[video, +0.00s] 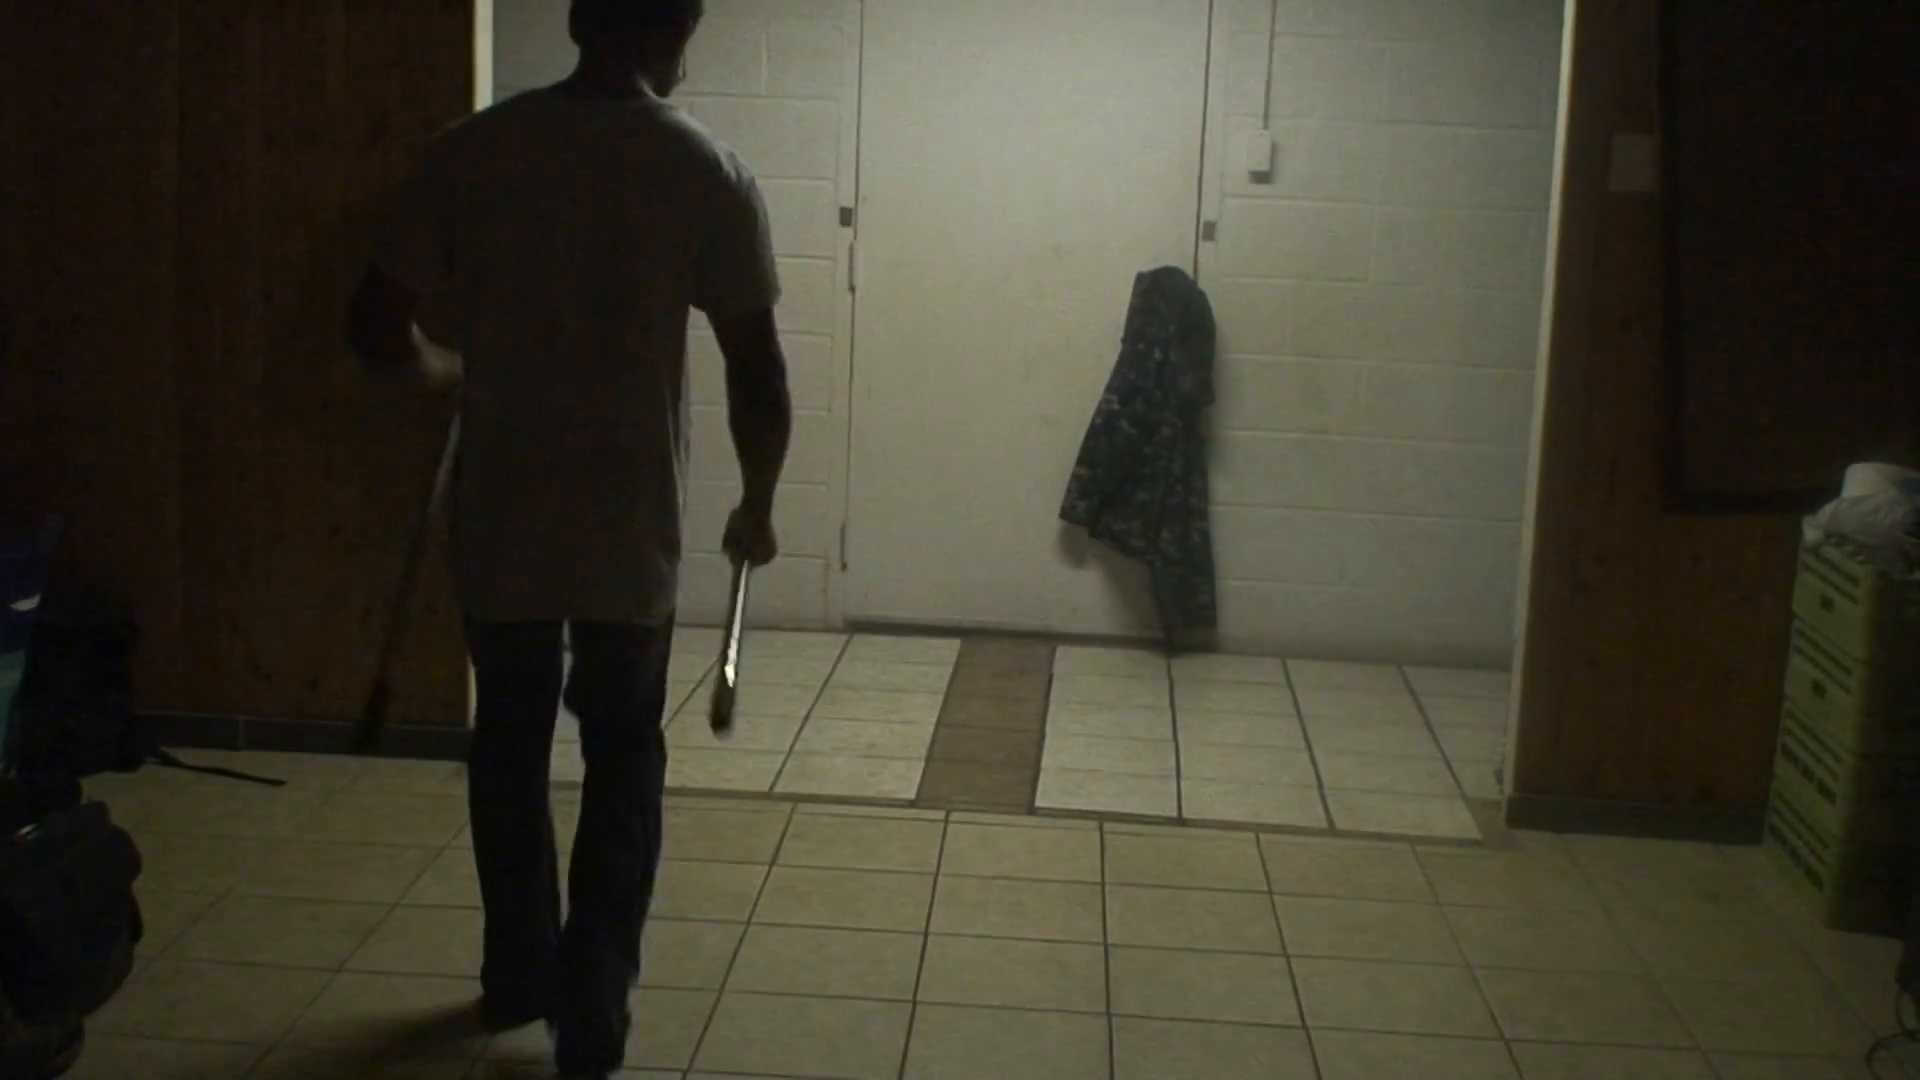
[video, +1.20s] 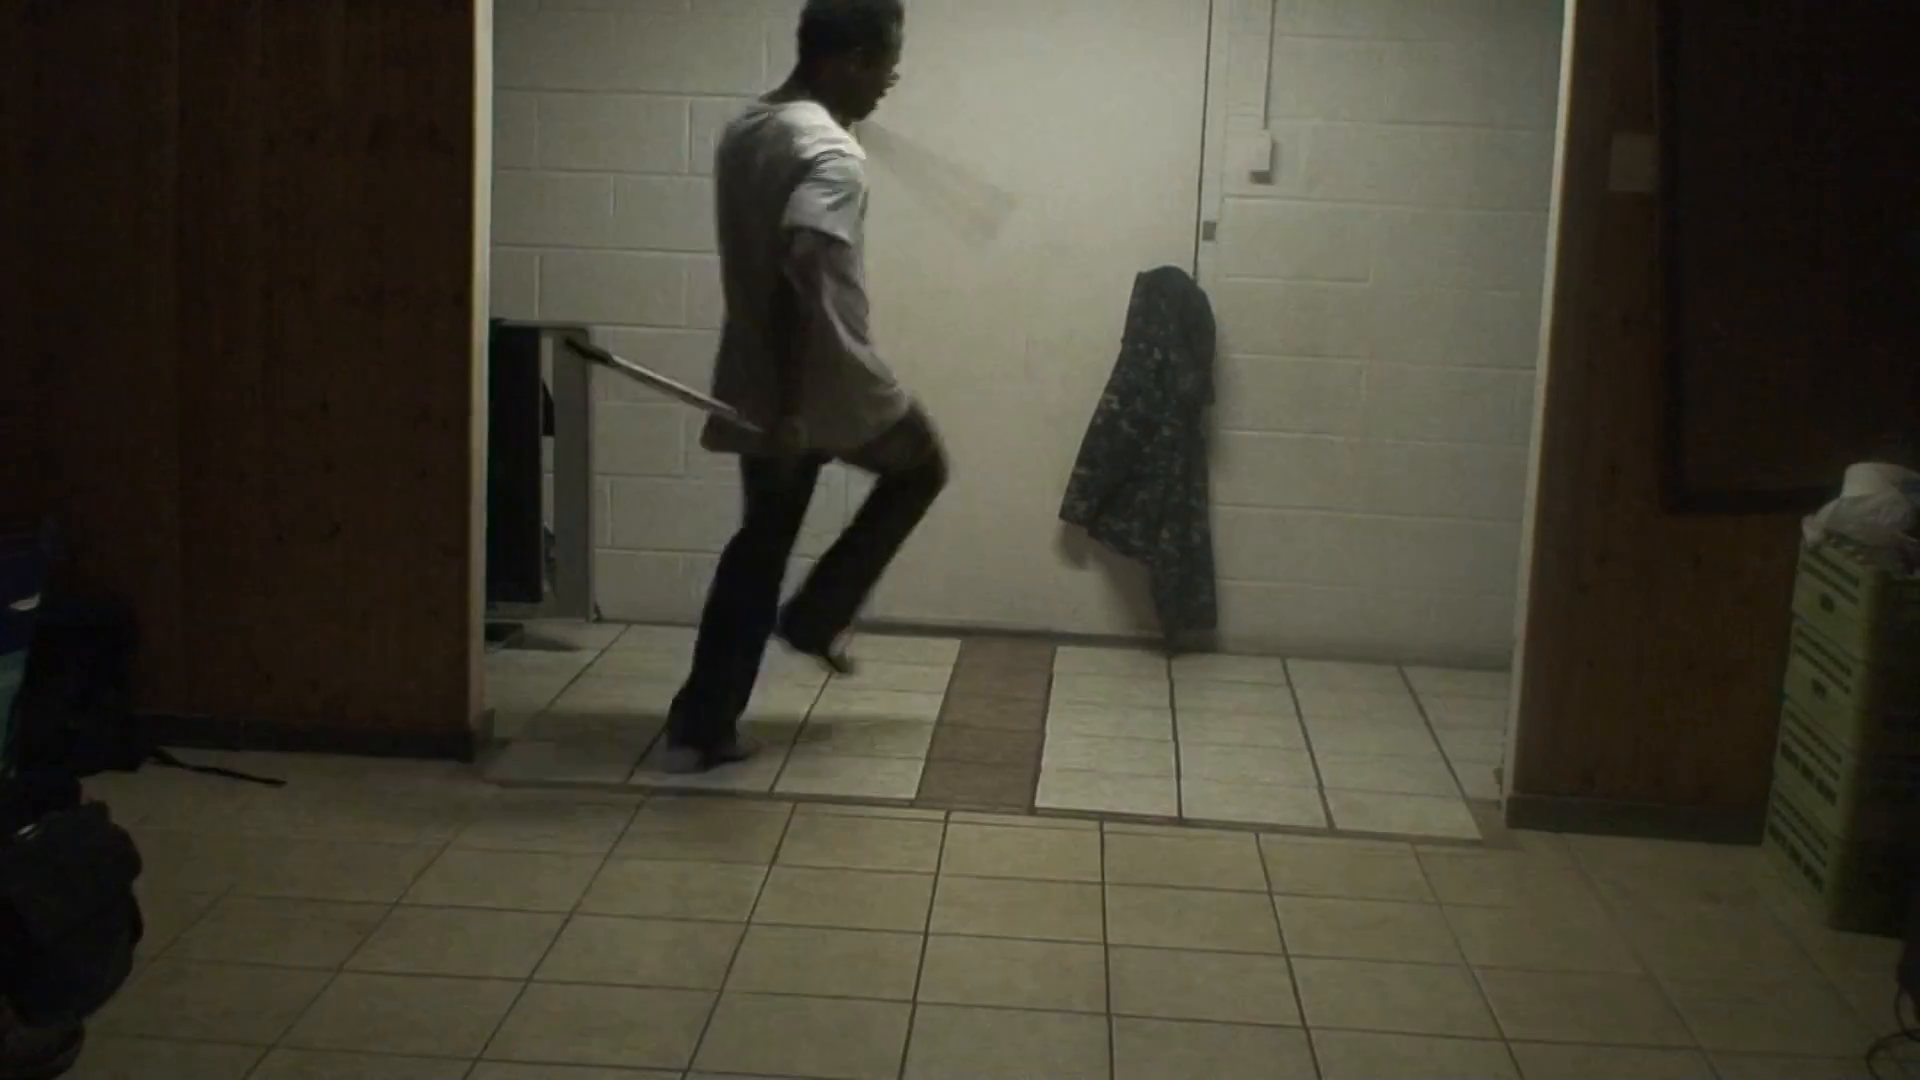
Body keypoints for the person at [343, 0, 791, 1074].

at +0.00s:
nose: (688, 53)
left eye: (685, 35)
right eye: (687, 35)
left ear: (580, 26)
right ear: (668, 38)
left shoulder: (470, 147)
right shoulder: (706, 174)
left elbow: (376, 323)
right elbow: (758, 377)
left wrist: (448, 378)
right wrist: (758, 503)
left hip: (498, 500)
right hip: (627, 511)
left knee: (507, 739)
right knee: (624, 752)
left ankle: (516, 972)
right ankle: (593, 1019)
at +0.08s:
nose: (682, 59)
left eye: (681, 39)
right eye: (681, 39)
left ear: (581, 26)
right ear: (658, 39)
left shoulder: (471, 146)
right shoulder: (696, 167)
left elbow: (383, 313)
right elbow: (741, 362)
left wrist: (450, 282)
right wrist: (745, 509)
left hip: (506, 482)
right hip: (634, 489)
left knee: (516, 711)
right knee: (630, 690)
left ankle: (520, 967)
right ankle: (591, 911)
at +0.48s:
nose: (743, 81)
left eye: (742, 63)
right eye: (743, 65)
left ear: (653, 48)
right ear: (725, 63)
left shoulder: (548, 157)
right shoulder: (724, 179)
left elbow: (473, 285)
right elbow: (743, 327)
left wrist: (528, 383)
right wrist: (763, 446)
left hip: (568, 443)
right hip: (682, 451)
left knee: (578, 639)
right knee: (684, 645)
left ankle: (546, 864)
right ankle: (630, 845)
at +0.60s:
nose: (773, 73)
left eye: (773, 55)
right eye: (772, 56)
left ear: (686, 40)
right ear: (750, 55)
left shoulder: (580, 153)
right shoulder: (749, 170)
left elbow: (516, 298)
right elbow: (788, 327)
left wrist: (515, 405)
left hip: (594, 431)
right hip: (696, 445)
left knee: (633, 551)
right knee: (693, 642)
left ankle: (592, 732)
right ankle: (633, 849)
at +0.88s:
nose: (821, 65)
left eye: (820, 49)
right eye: (818, 49)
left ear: (738, 39)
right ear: (794, 49)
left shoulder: (638, 143)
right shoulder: (794, 160)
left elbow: (570, 260)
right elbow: (840, 310)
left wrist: (590, 374)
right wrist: (885, 294)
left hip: (666, 404)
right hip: (751, 415)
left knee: (705, 546)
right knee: (738, 601)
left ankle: (705, 723)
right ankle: (674, 789)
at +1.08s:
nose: (855, 90)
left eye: (857, 73)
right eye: (855, 73)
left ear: (778, 56)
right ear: (829, 68)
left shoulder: (695, 146)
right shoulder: (817, 171)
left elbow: (660, 260)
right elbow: (816, 319)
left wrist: (746, 290)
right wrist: (821, 438)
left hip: (716, 409)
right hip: (788, 420)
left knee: (729, 554)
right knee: (821, 556)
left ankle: (699, 736)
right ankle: (709, 727)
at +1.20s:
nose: (889, 85)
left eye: (892, 68)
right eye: (885, 67)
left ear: (816, 56)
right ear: (846, 62)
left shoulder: (743, 133)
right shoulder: (830, 153)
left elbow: (748, 268)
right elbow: (804, 273)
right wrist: (821, 387)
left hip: (757, 380)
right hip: (821, 380)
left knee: (762, 539)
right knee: (920, 469)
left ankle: (704, 722)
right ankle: (817, 616)